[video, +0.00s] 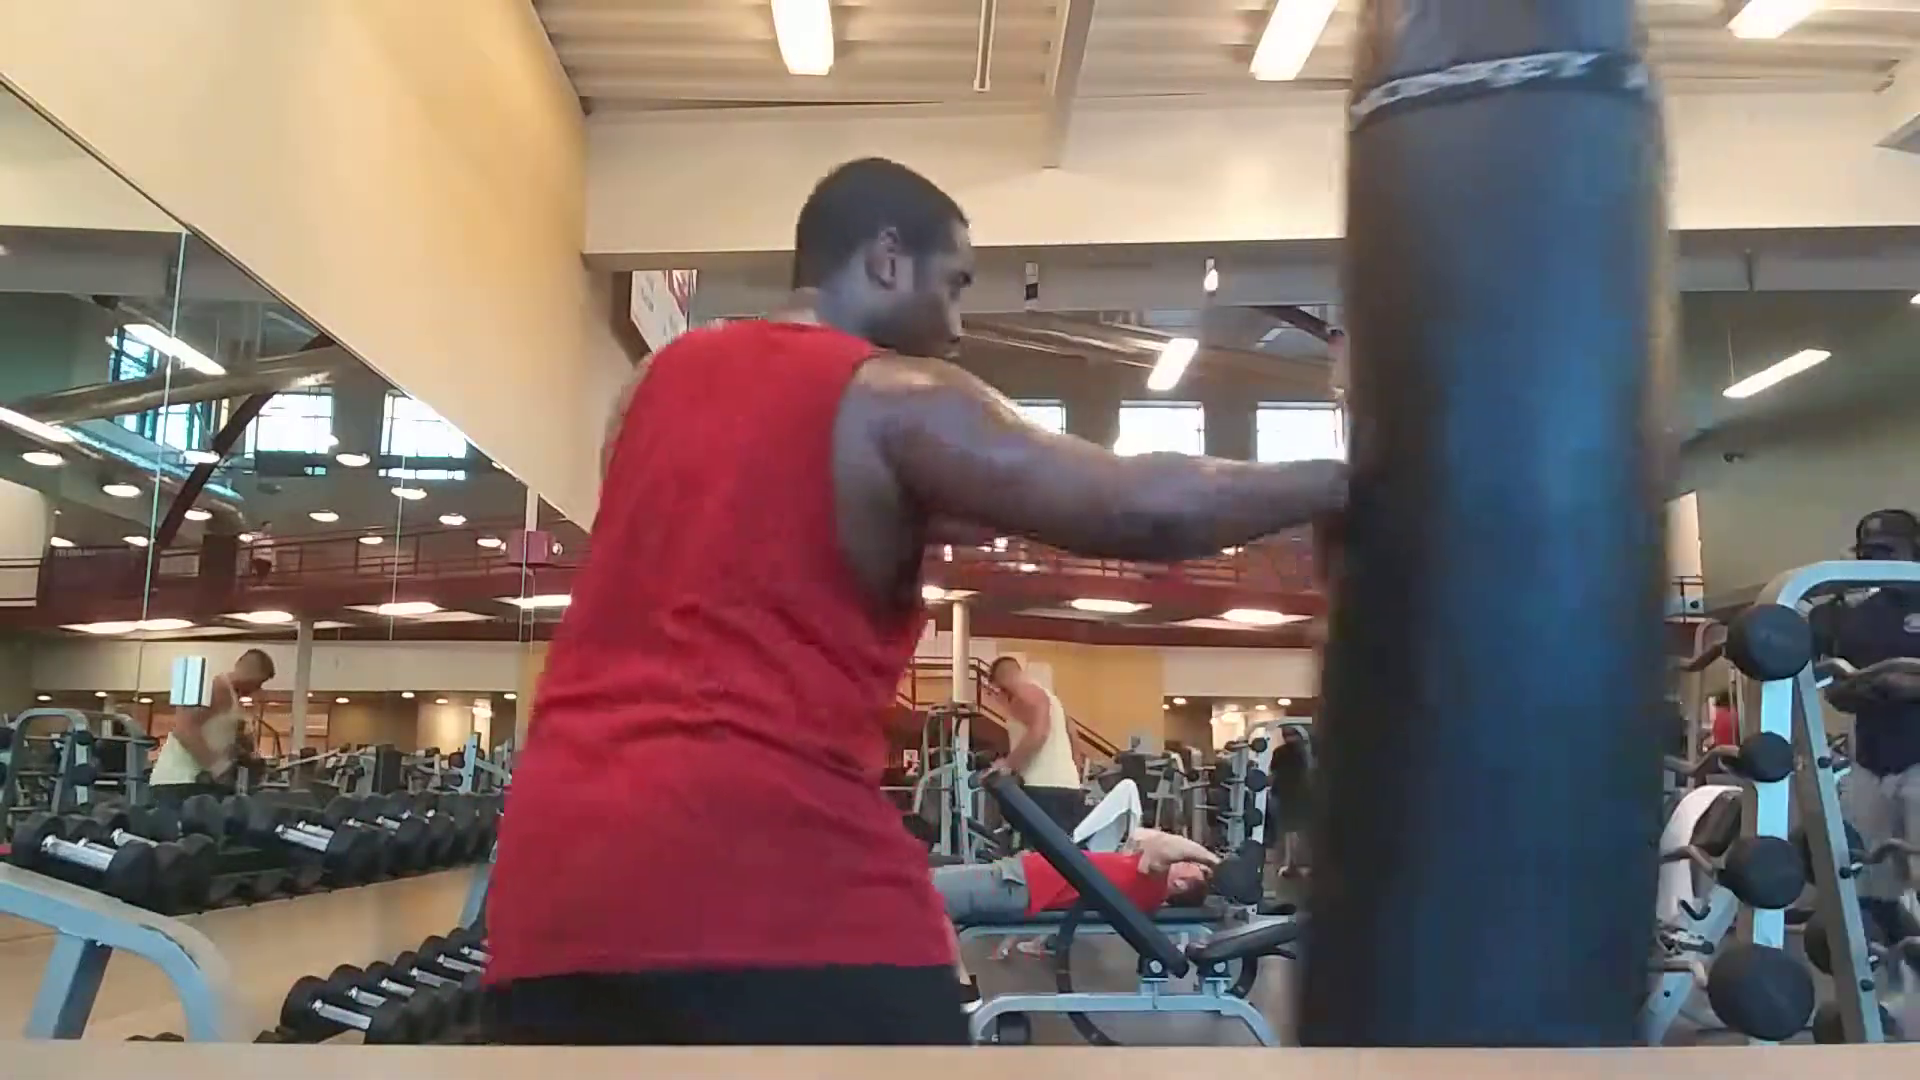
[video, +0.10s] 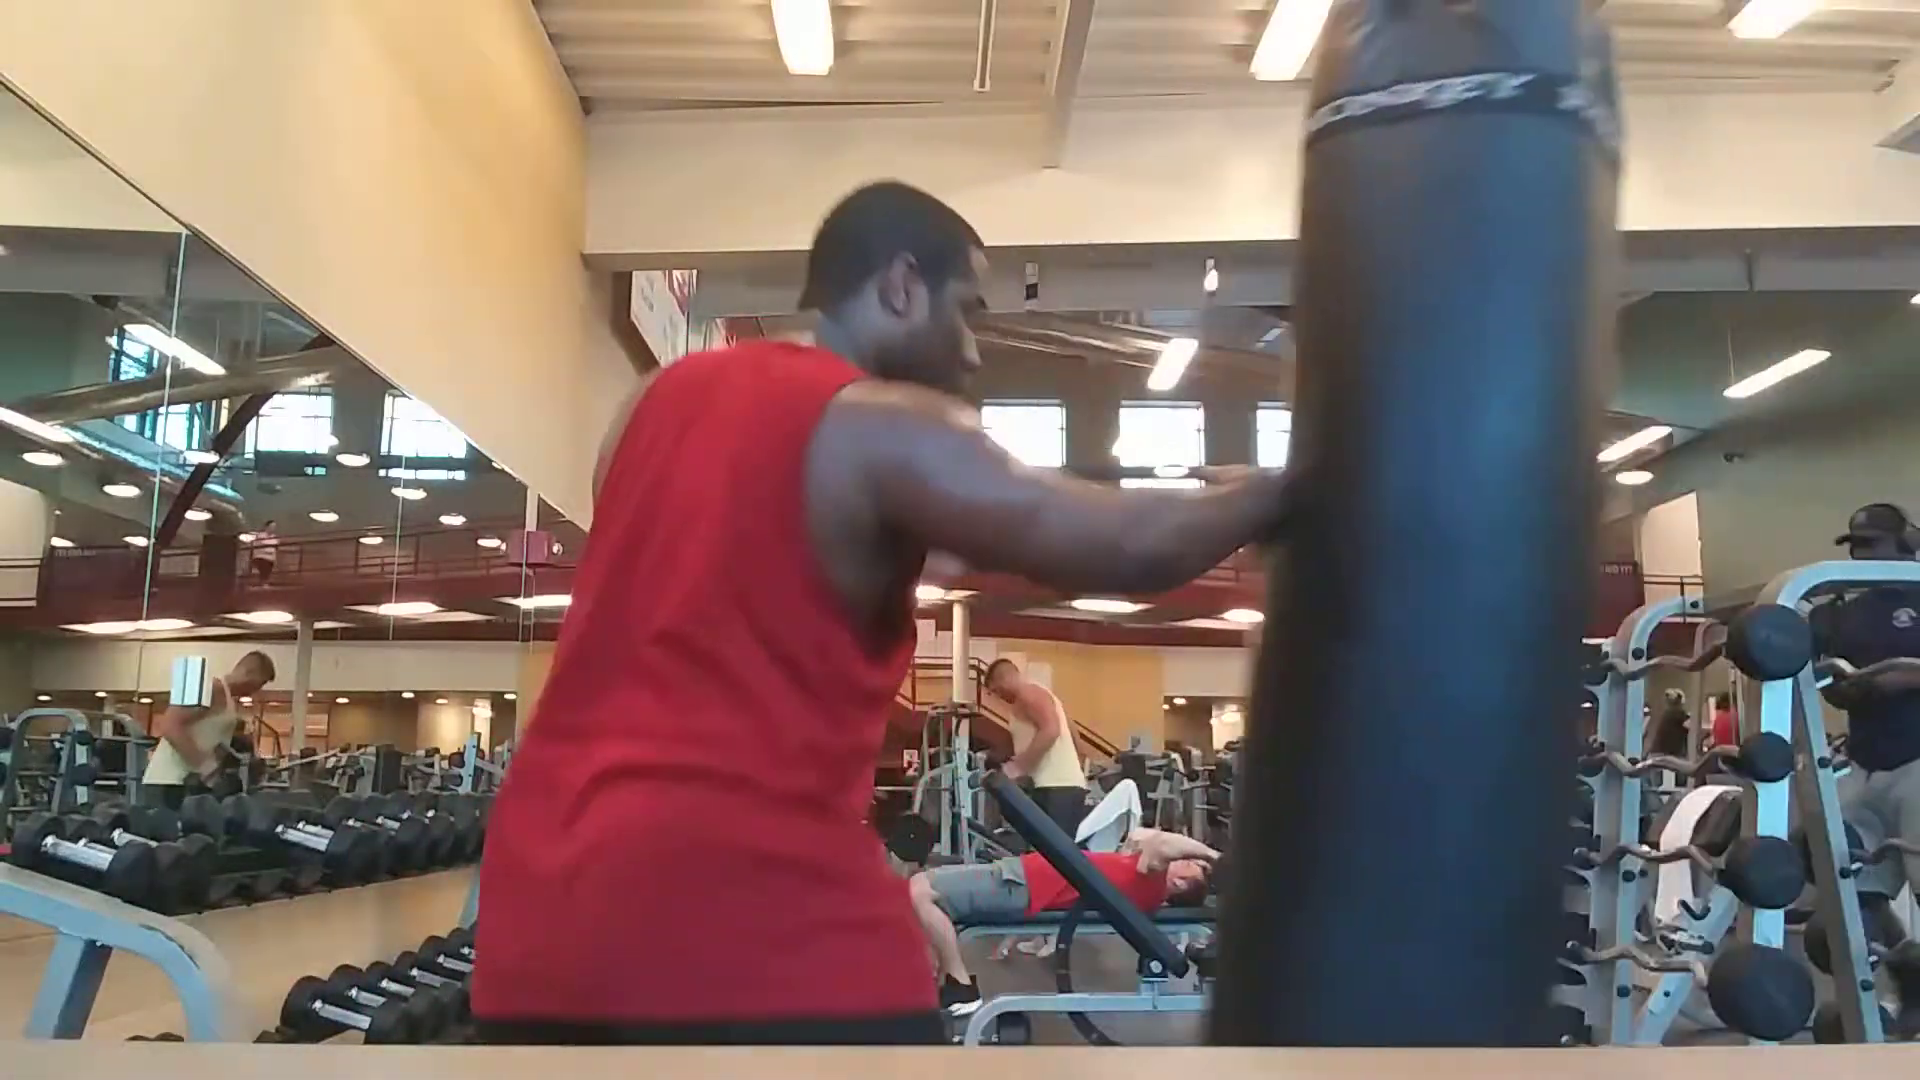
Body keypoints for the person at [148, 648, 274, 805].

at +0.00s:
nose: (258, 688)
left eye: (261, 683)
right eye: (260, 681)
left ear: (241, 667)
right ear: (251, 675)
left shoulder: (231, 698)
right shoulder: (217, 689)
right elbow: (184, 727)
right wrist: (216, 766)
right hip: (178, 782)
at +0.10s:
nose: (256, 691)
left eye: (260, 686)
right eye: (259, 685)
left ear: (244, 669)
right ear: (249, 674)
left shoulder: (231, 703)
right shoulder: (211, 689)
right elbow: (170, 725)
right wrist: (203, 763)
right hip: (167, 784)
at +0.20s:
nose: (255, 695)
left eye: (260, 690)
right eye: (258, 688)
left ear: (245, 674)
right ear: (247, 677)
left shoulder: (232, 706)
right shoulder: (209, 693)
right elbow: (163, 726)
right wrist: (191, 768)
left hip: (185, 790)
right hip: (157, 787)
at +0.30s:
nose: (253, 708)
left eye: (259, 704)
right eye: (257, 701)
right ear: (246, 687)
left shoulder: (226, 715)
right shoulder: (206, 697)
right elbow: (158, 730)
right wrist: (179, 776)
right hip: (150, 789)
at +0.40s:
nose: (256, 718)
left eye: (260, 715)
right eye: (258, 712)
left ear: (248, 699)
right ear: (247, 699)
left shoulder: (224, 725)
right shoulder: (206, 711)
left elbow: (201, 763)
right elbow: (156, 734)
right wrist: (168, 787)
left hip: (162, 795)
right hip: (135, 789)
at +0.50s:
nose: (248, 737)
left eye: (252, 734)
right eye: (250, 731)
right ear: (242, 718)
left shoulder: (220, 738)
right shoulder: (203, 724)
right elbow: (148, 746)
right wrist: (162, 791)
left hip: (145, 799)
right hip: (122, 795)